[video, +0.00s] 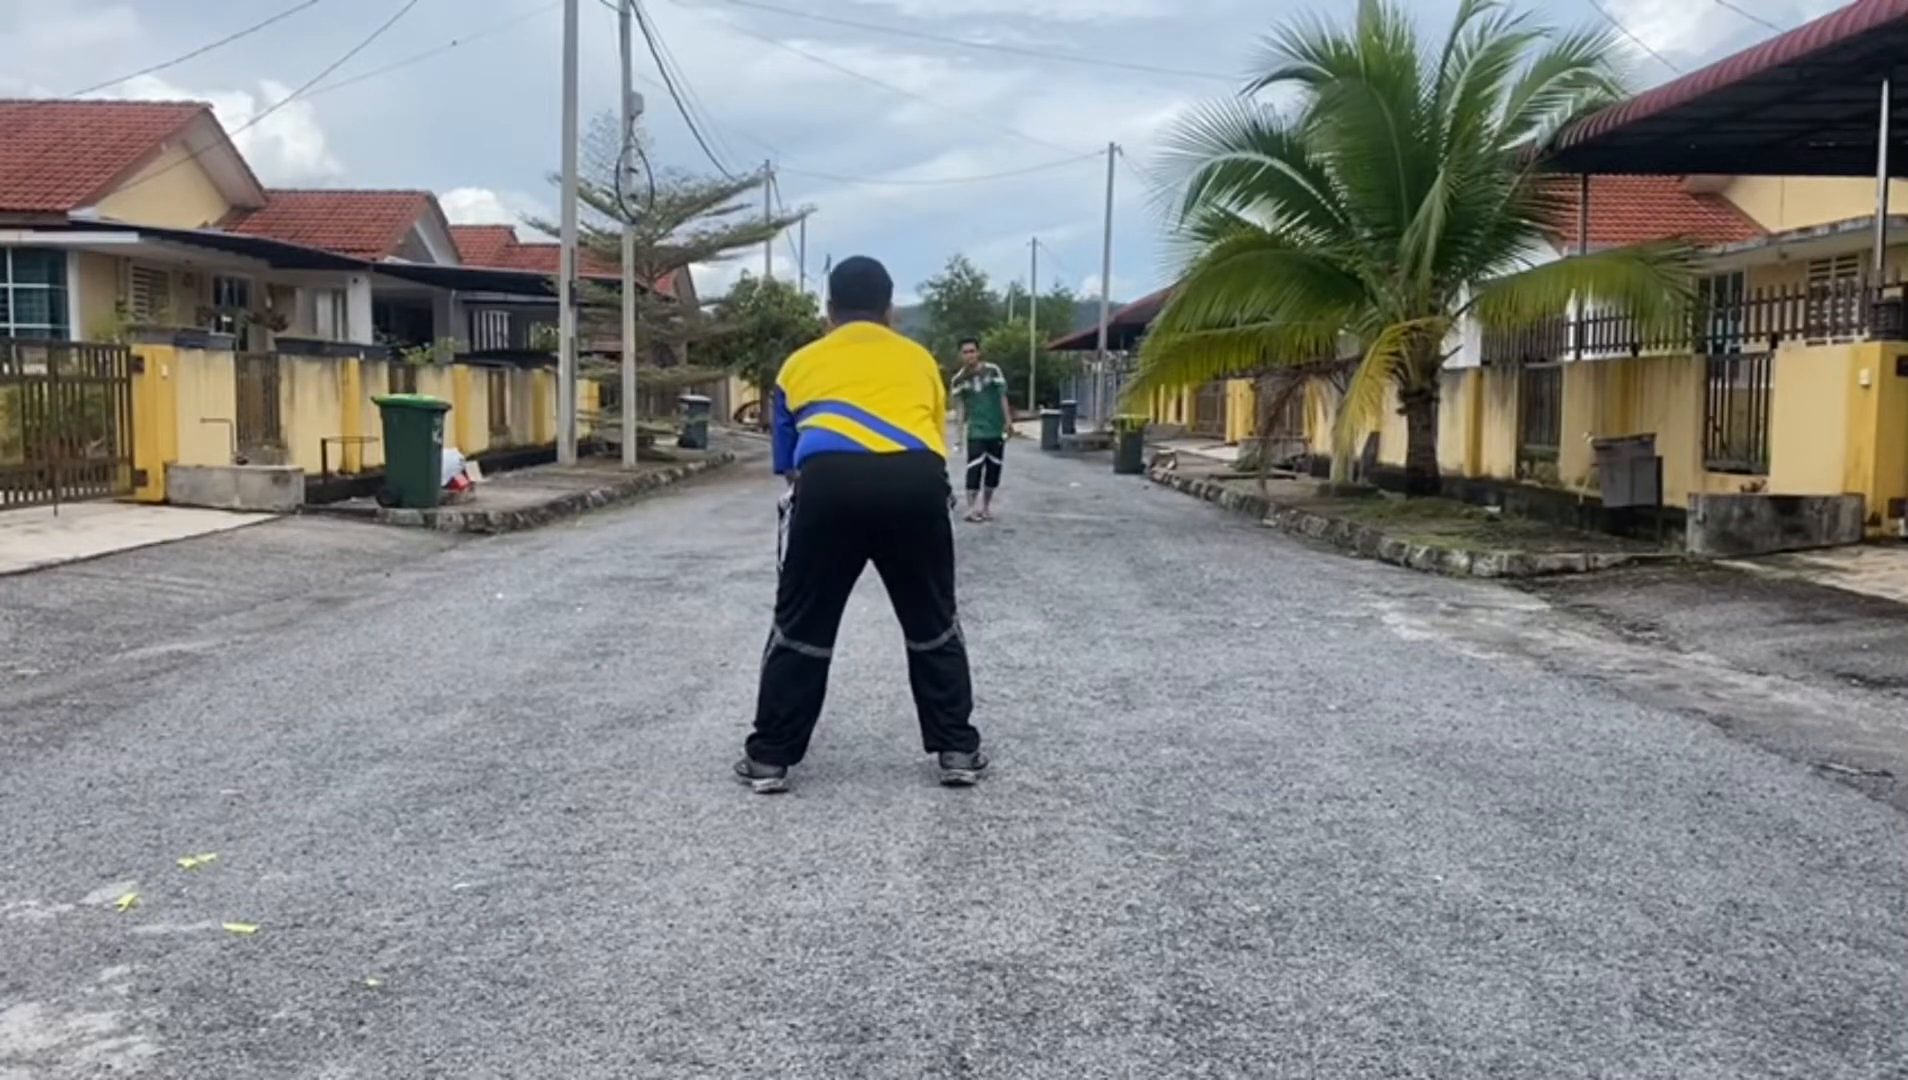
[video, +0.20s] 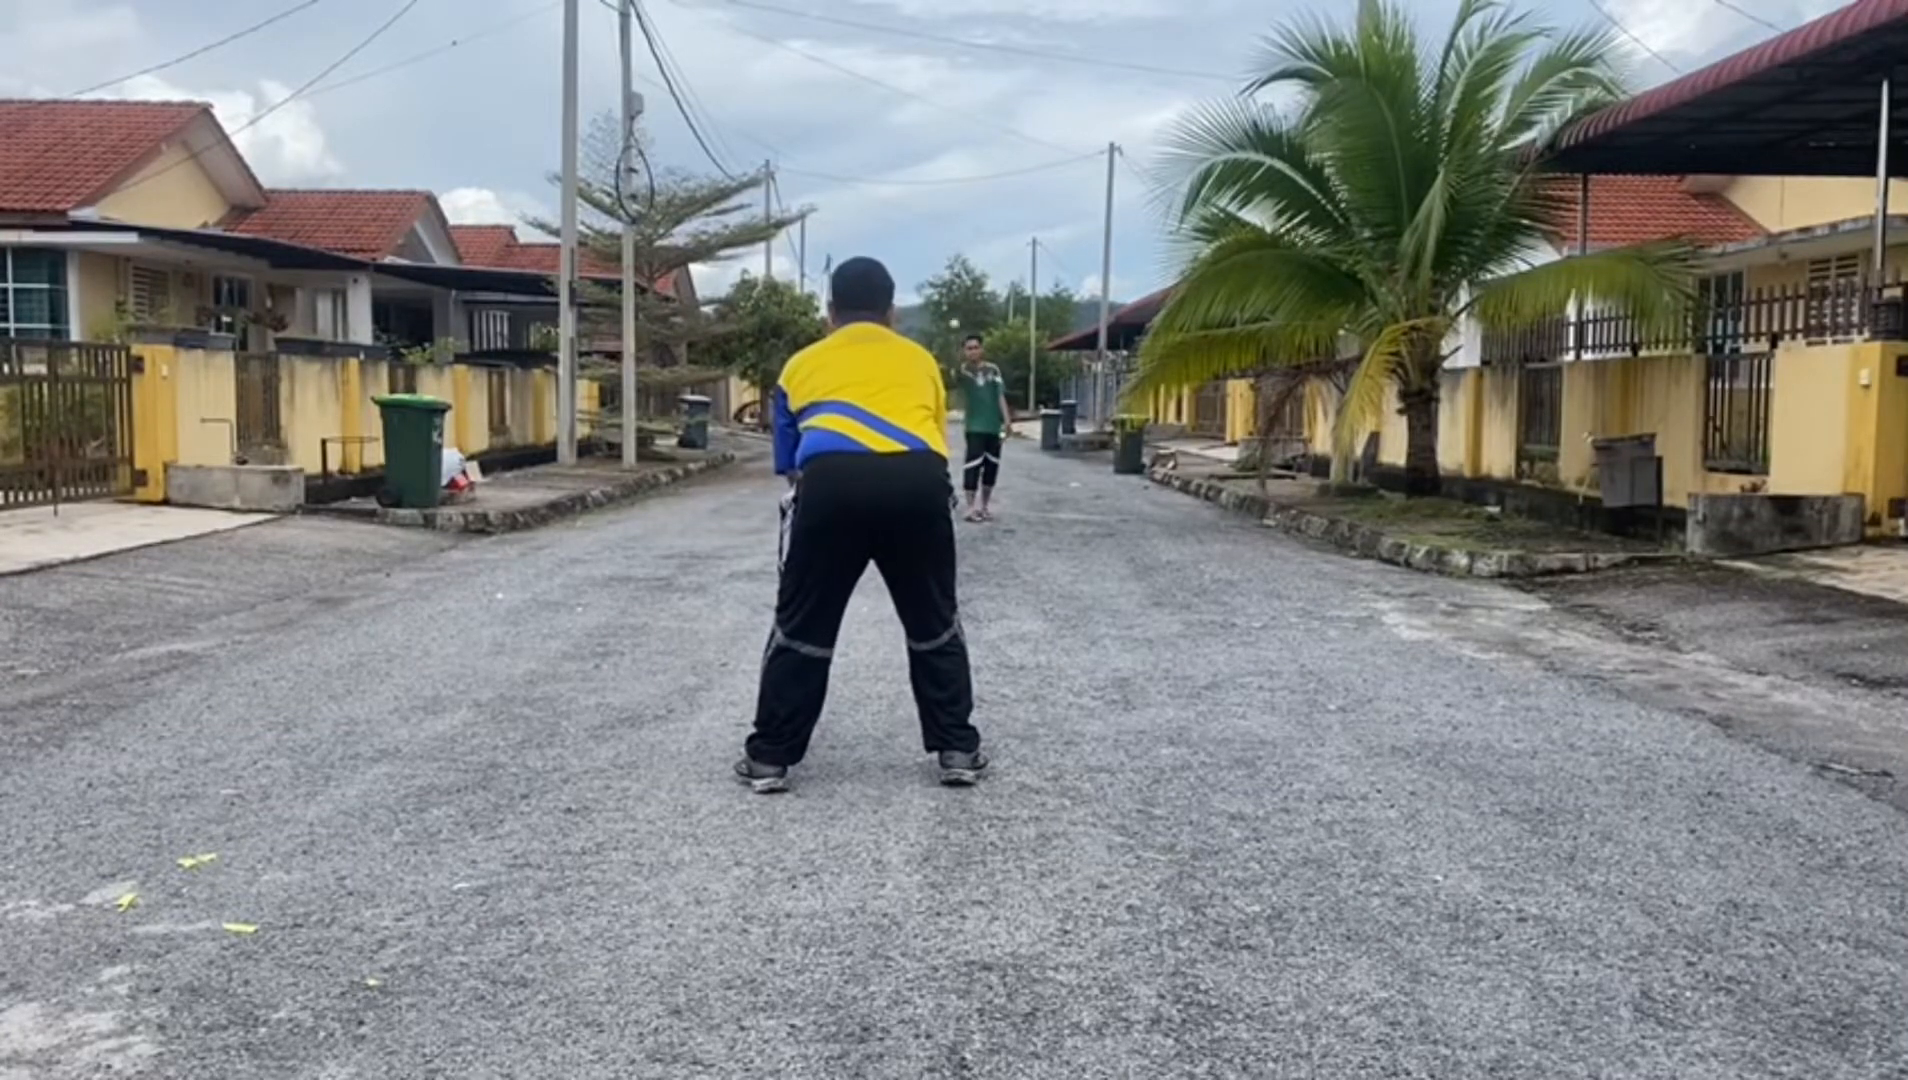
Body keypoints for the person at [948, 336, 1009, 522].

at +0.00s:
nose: (969, 355)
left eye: (972, 351)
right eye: (965, 352)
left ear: (978, 352)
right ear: (961, 356)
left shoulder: (993, 371)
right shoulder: (959, 380)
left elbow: (1003, 397)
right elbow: (960, 410)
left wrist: (1008, 421)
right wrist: (959, 436)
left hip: (996, 428)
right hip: (975, 430)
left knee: (993, 470)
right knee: (974, 468)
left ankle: (986, 507)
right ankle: (971, 507)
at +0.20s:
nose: (973, 352)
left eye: (976, 347)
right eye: (969, 348)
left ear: (982, 349)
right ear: (964, 352)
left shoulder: (993, 370)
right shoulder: (963, 372)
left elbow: (1000, 397)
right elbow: (960, 375)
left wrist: (1007, 420)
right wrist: (965, 364)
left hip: (993, 426)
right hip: (974, 426)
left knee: (991, 468)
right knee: (972, 466)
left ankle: (984, 506)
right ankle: (970, 506)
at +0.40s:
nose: (976, 351)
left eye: (979, 347)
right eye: (972, 347)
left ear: (985, 349)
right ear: (966, 351)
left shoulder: (992, 371)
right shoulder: (965, 369)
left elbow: (999, 398)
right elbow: (958, 351)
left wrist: (1006, 421)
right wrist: (962, 324)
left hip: (992, 424)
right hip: (974, 423)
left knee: (990, 468)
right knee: (972, 467)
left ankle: (984, 506)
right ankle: (971, 507)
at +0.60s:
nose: (978, 352)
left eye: (981, 348)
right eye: (974, 348)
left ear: (987, 350)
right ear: (968, 352)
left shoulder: (994, 372)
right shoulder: (965, 371)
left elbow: (999, 400)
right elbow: (955, 376)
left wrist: (1005, 422)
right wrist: (961, 353)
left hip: (990, 427)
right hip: (971, 426)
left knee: (988, 469)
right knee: (970, 468)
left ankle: (984, 506)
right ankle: (970, 507)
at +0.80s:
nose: (979, 352)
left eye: (982, 348)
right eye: (975, 348)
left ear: (988, 351)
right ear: (968, 351)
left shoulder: (995, 373)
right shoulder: (961, 373)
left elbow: (999, 401)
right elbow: (958, 397)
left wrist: (1002, 424)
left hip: (990, 429)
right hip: (969, 429)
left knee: (988, 470)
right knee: (970, 470)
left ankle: (983, 506)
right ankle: (971, 507)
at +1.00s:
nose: (979, 354)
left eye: (982, 350)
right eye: (975, 350)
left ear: (988, 352)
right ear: (969, 353)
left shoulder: (996, 373)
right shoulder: (961, 374)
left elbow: (1001, 401)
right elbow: (958, 400)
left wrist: (1005, 424)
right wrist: (957, 421)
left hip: (992, 428)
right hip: (971, 429)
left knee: (989, 470)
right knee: (971, 469)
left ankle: (983, 506)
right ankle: (971, 507)